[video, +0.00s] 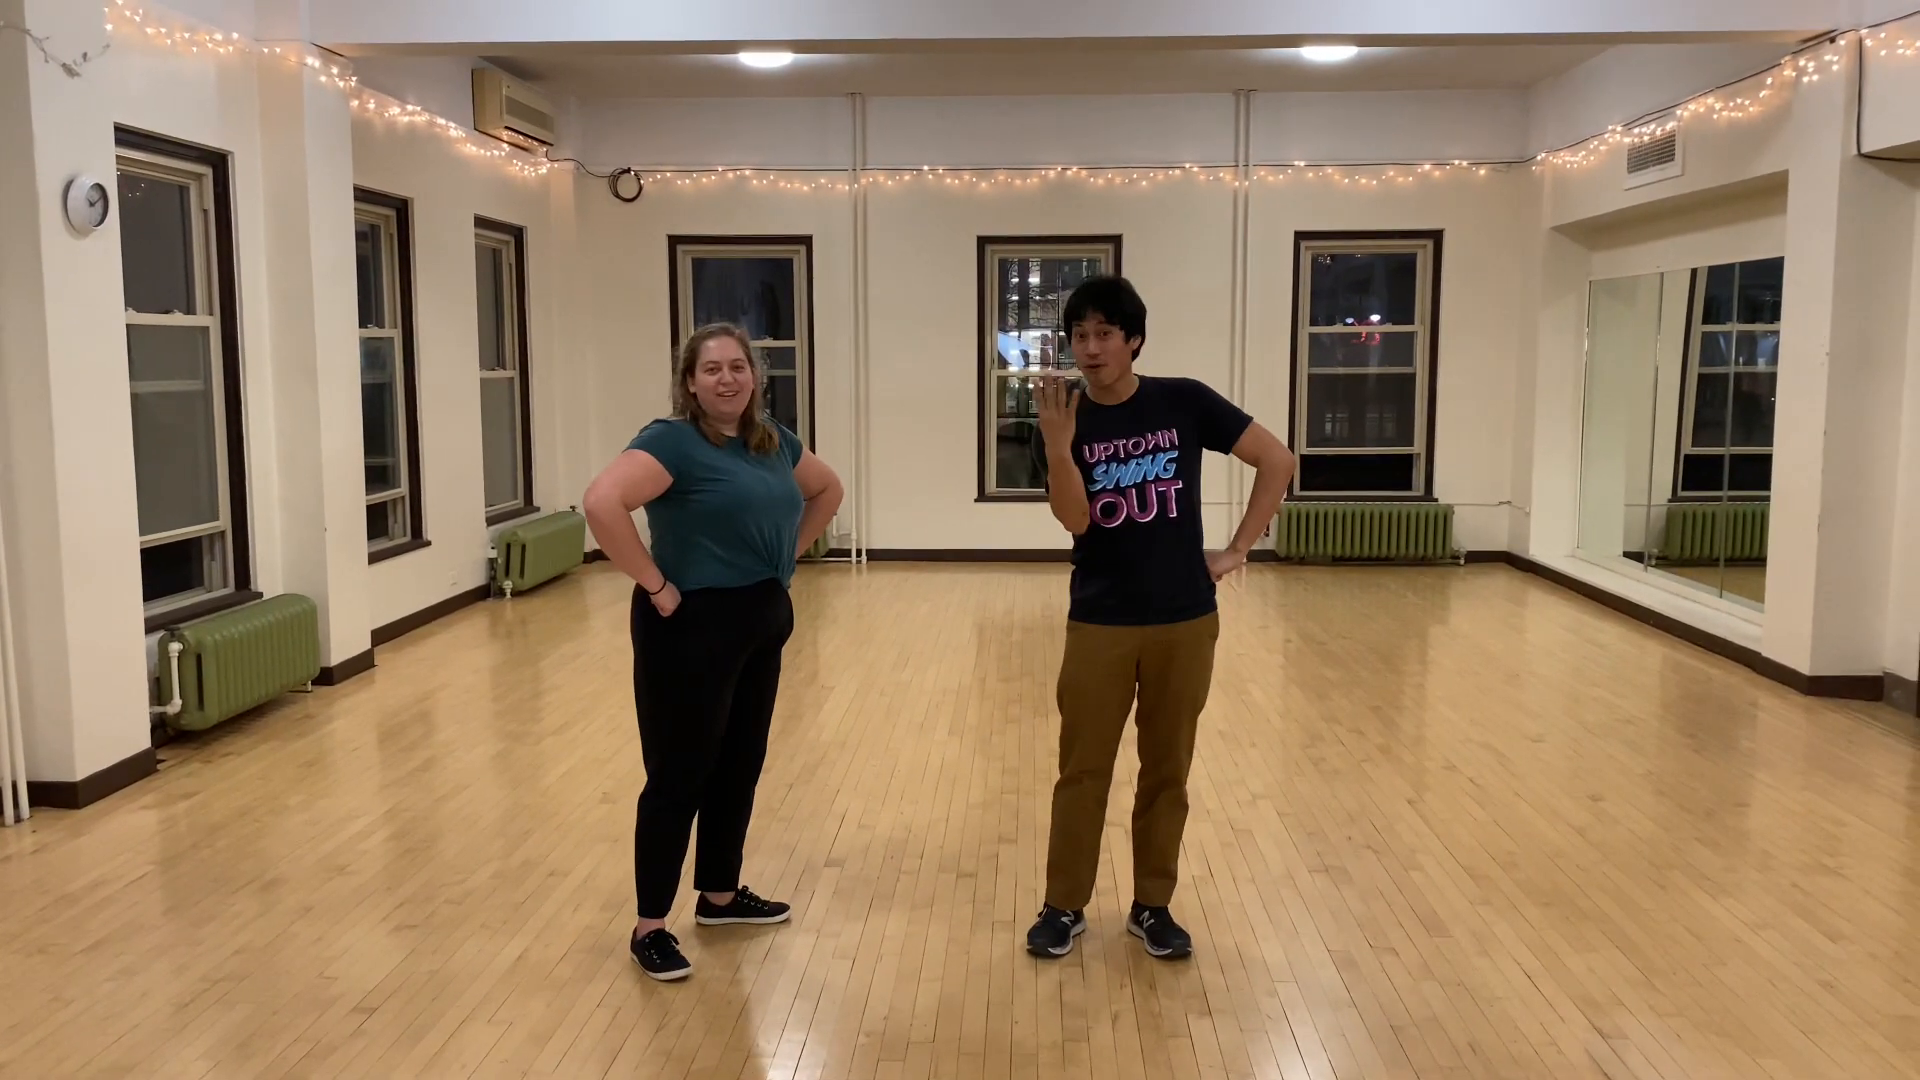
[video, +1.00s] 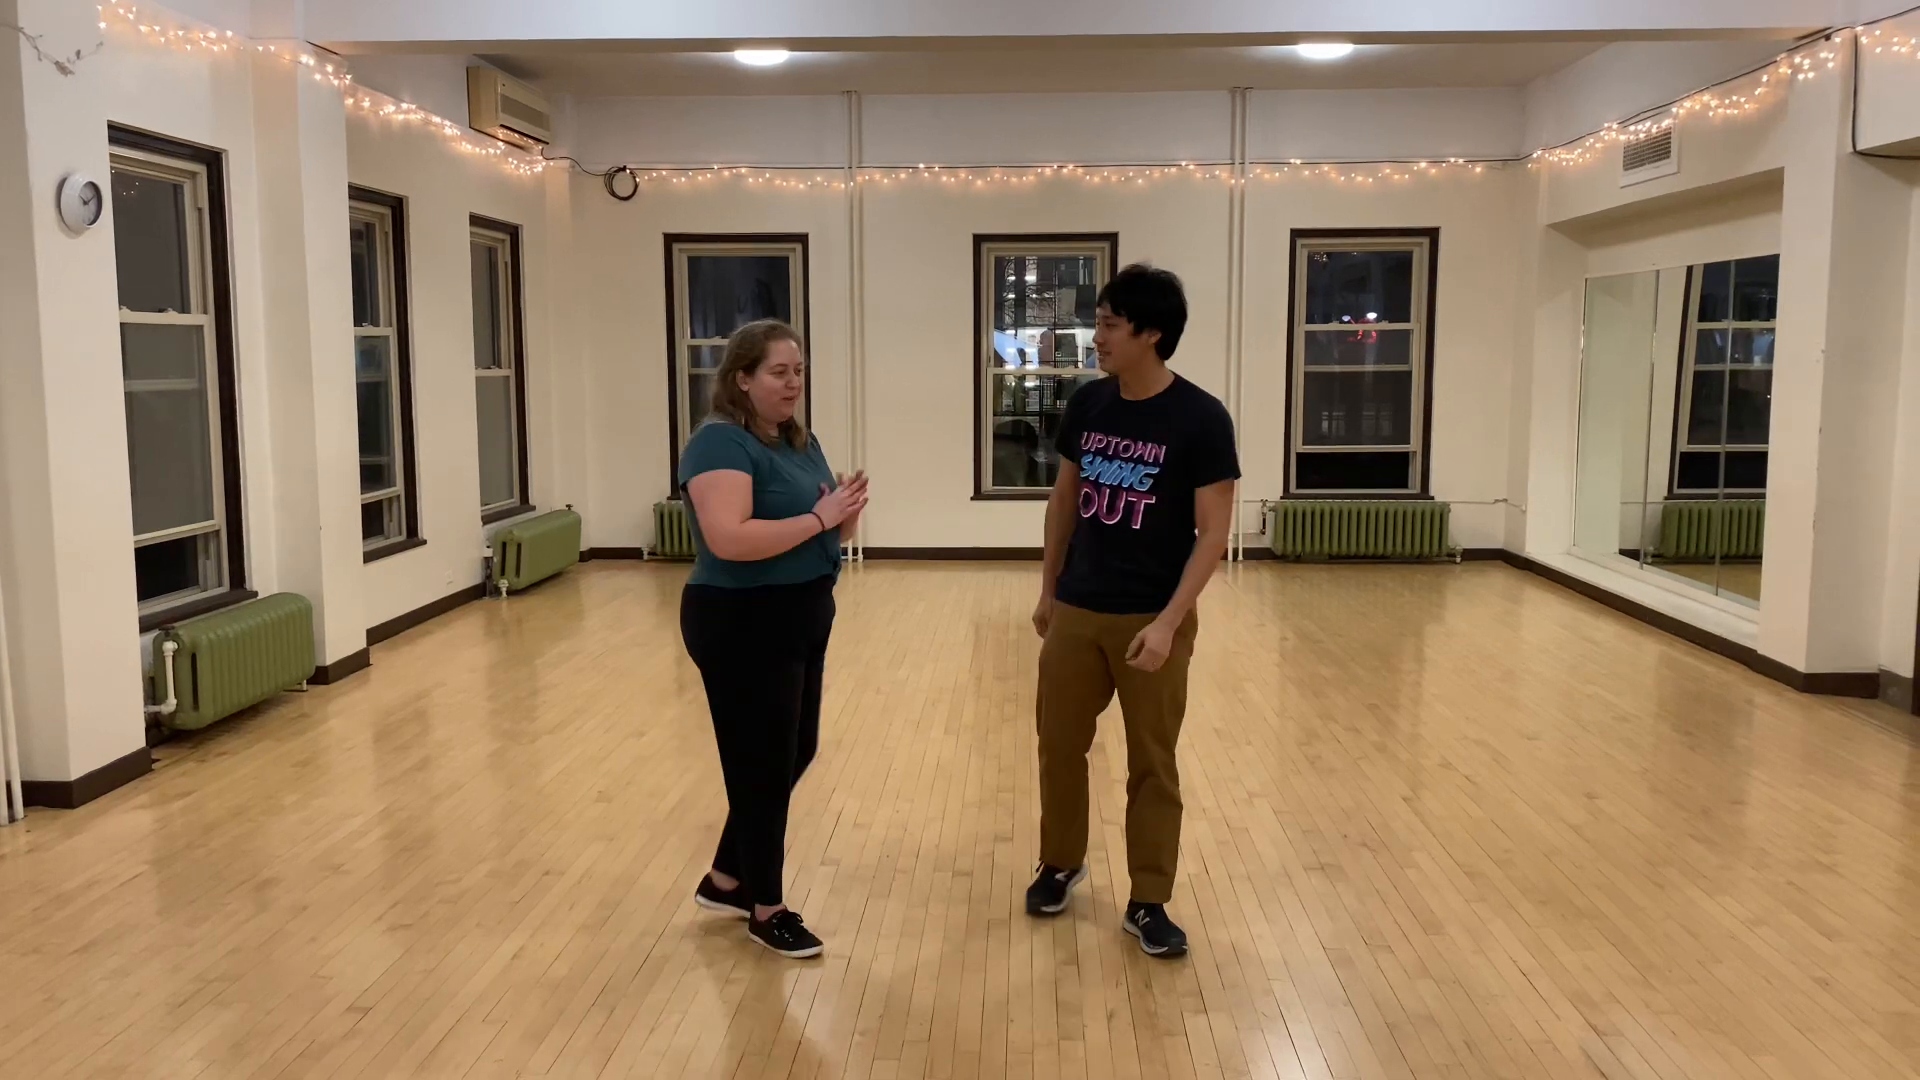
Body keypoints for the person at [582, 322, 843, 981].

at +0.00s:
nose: (728, 377)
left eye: (738, 366)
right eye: (713, 368)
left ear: (755, 377)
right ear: (691, 381)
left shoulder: (771, 442)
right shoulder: (673, 442)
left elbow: (828, 490)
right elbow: (602, 500)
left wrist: (786, 558)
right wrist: (655, 586)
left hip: (758, 621)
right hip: (687, 625)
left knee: (737, 767)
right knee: (677, 775)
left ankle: (719, 894)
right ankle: (650, 925)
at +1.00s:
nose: (793, 383)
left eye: (799, 372)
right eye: (779, 372)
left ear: (803, 378)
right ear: (743, 379)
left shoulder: (798, 444)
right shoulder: (718, 444)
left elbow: (818, 533)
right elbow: (727, 539)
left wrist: (842, 513)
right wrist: (817, 519)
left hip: (797, 615)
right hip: (742, 622)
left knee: (795, 751)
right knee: (760, 765)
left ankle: (728, 872)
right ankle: (766, 909)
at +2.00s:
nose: (820, 372)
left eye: (819, 361)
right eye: (808, 362)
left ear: (806, 372)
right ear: (769, 372)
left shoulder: (820, 434)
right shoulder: (735, 438)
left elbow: (850, 528)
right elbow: (751, 534)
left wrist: (872, 500)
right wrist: (836, 503)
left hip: (824, 608)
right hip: (762, 614)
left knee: (812, 750)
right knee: (773, 757)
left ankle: (797, 877)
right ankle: (767, 904)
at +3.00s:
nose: (824, 386)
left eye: (824, 375)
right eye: (817, 374)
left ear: (778, 374)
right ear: (786, 376)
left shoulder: (744, 430)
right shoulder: (771, 440)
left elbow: (764, 519)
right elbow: (816, 543)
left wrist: (826, 492)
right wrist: (886, 526)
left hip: (750, 604)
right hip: (748, 613)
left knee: (768, 740)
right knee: (752, 750)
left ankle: (776, 855)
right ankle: (760, 903)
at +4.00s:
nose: (799, 374)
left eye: (797, 363)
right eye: (792, 364)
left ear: (739, 368)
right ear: (763, 368)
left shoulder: (704, 423)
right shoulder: (771, 427)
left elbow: (732, 494)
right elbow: (825, 516)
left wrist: (802, 475)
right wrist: (903, 549)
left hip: (701, 586)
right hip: (762, 590)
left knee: (718, 719)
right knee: (771, 725)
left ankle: (722, 852)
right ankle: (775, 859)